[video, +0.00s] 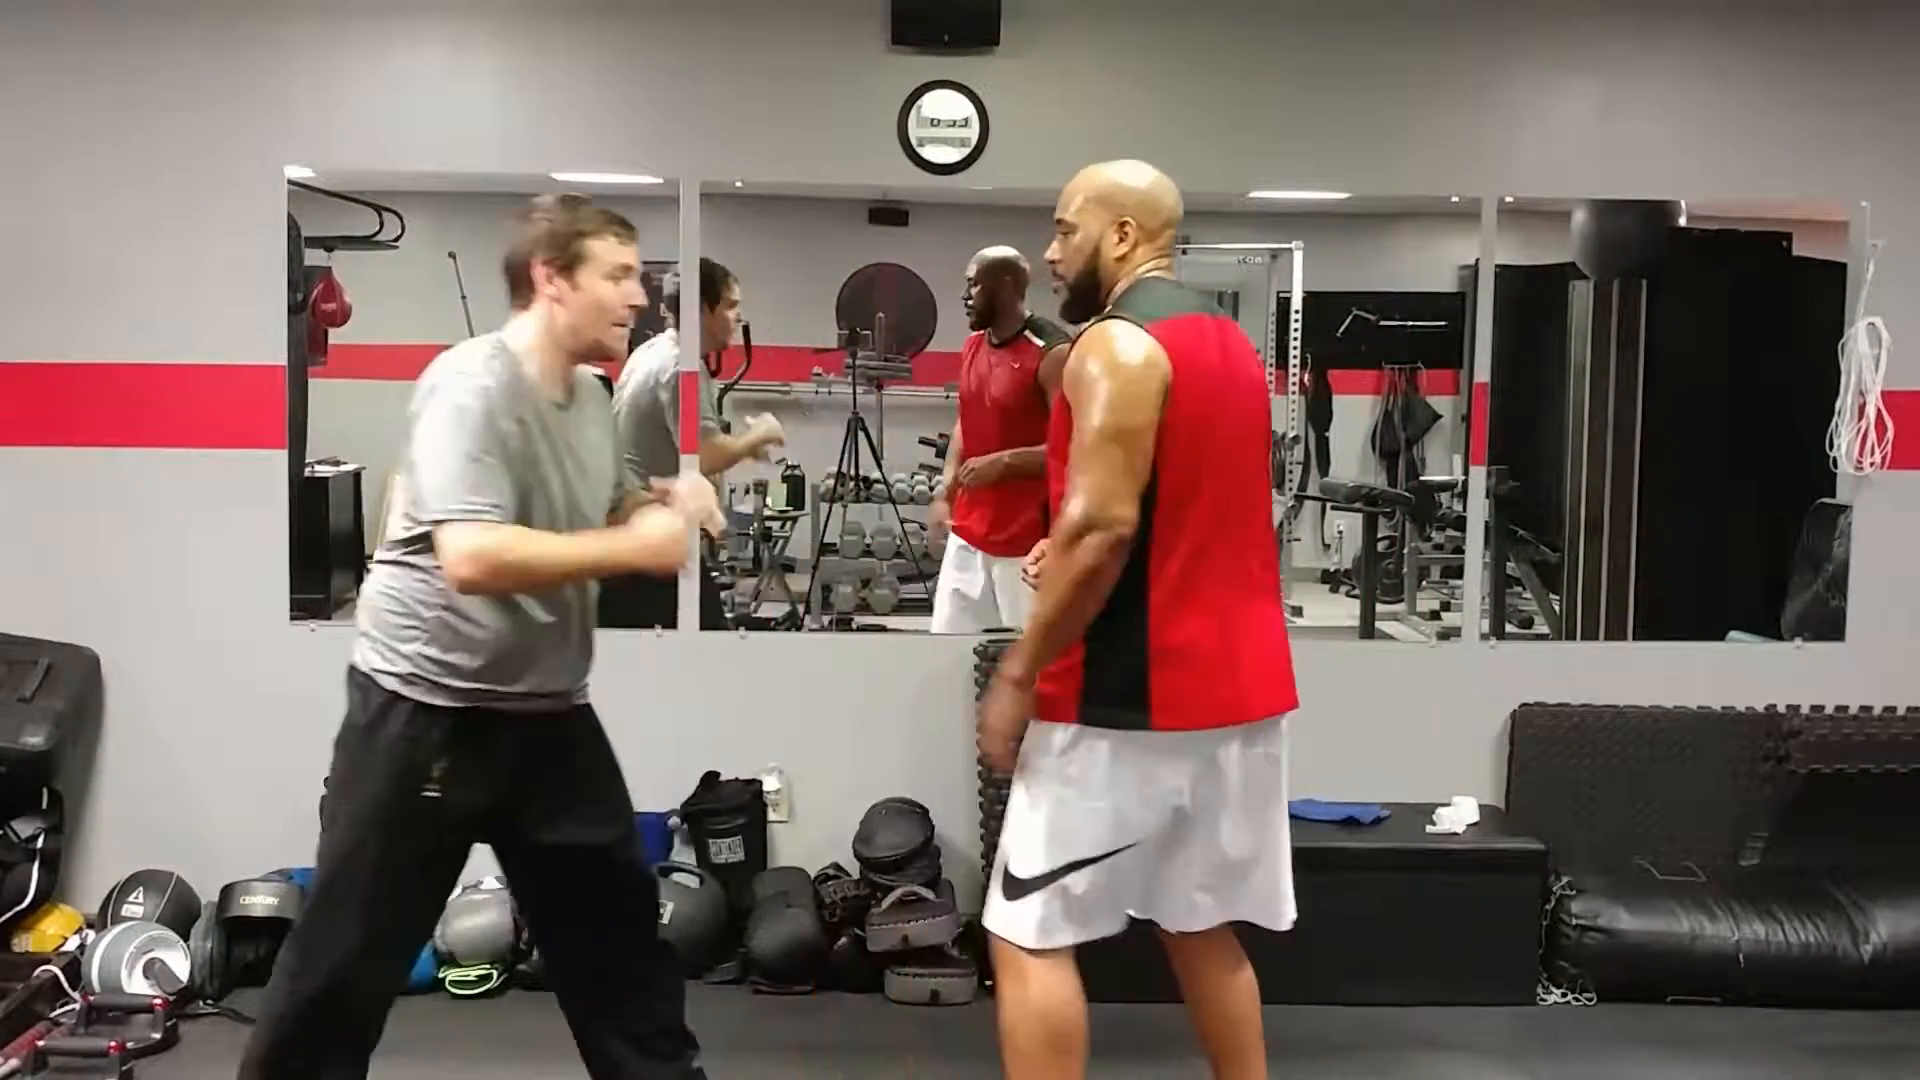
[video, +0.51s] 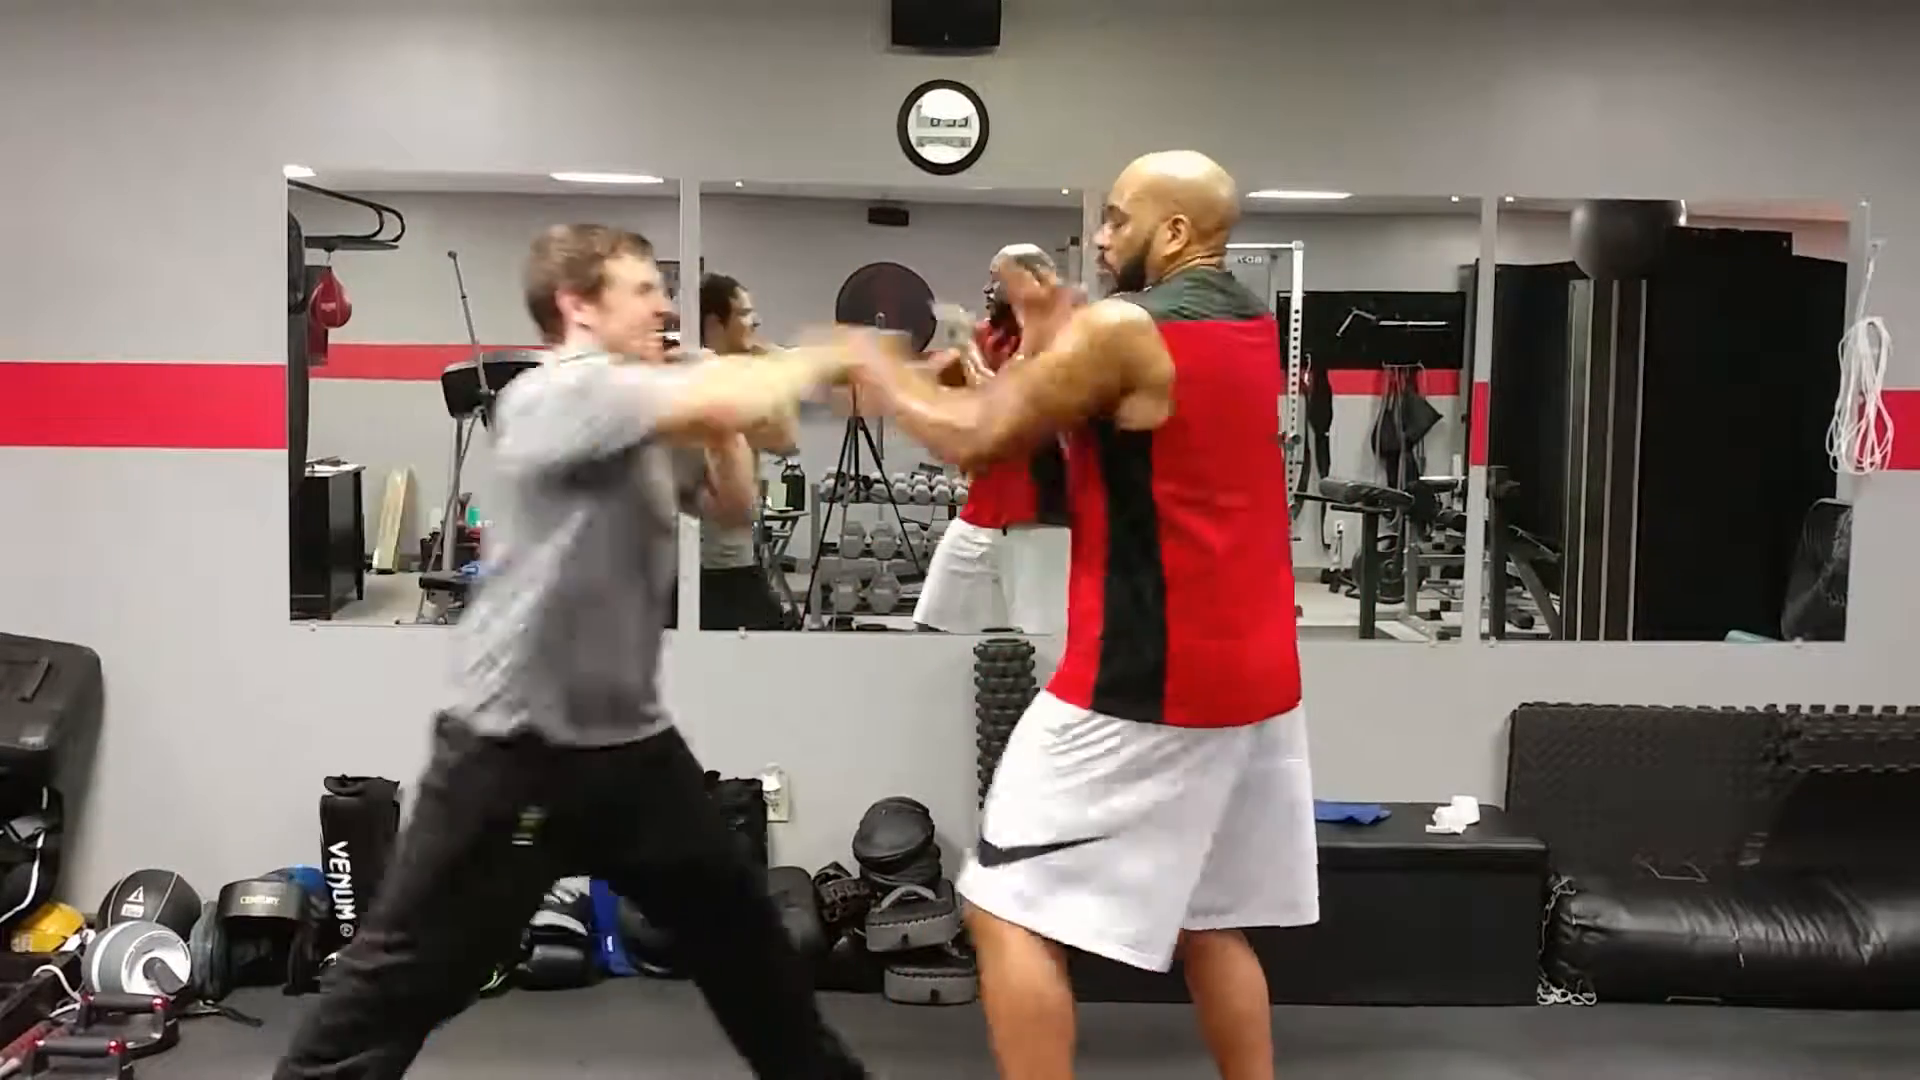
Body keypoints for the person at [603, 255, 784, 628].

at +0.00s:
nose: (738, 317)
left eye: (737, 306)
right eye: (731, 306)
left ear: (705, 309)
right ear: (704, 309)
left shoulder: (651, 354)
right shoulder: (681, 365)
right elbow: (705, 456)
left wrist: (742, 449)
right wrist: (754, 437)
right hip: (667, 539)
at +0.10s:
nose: (717, 311)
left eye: (716, 301)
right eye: (708, 300)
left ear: (671, 307)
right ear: (675, 307)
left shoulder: (625, 348)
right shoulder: (666, 361)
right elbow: (711, 437)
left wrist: (716, 386)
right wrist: (739, 390)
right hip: (647, 551)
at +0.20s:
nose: (705, 304)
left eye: (704, 292)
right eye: (696, 293)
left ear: (655, 300)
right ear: (668, 300)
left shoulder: (617, 343)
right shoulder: (665, 352)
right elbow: (735, 405)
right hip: (643, 541)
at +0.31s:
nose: (700, 313)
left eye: (701, 301)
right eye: (692, 302)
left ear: (658, 304)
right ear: (664, 304)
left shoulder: (617, 341)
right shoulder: (669, 350)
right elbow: (748, 398)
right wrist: (730, 335)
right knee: (718, 636)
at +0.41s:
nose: (718, 324)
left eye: (716, 314)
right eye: (708, 313)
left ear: (666, 324)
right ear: (675, 323)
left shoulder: (624, 370)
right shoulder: (687, 374)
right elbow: (767, 416)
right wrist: (740, 347)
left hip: (613, 551)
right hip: (678, 557)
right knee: (750, 646)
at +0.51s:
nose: (755, 323)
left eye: (752, 313)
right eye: (745, 314)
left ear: (715, 325)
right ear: (714, 324)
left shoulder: (734, 377)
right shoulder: (693, 382)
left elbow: (785, 441)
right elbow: (782, 439)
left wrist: (768, 372)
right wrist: (770, 372)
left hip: (740, 559)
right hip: (713, 563)